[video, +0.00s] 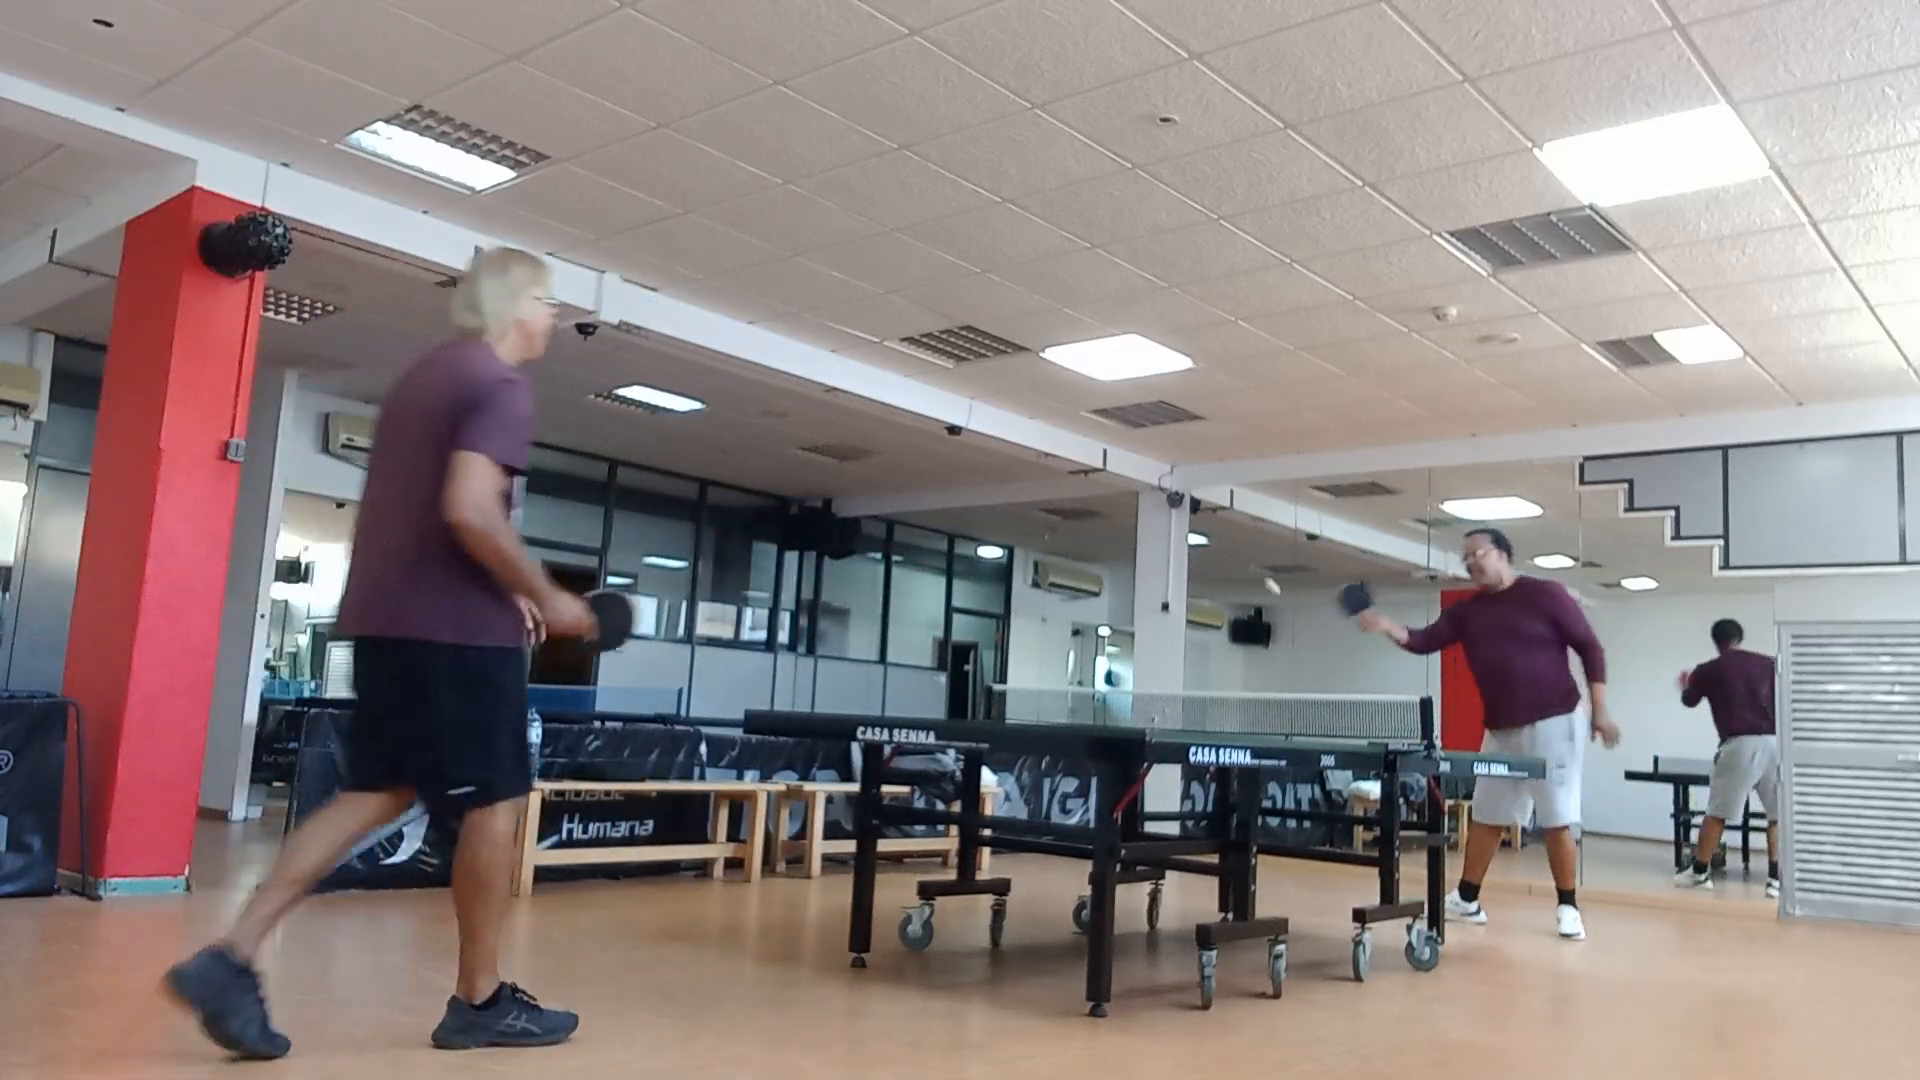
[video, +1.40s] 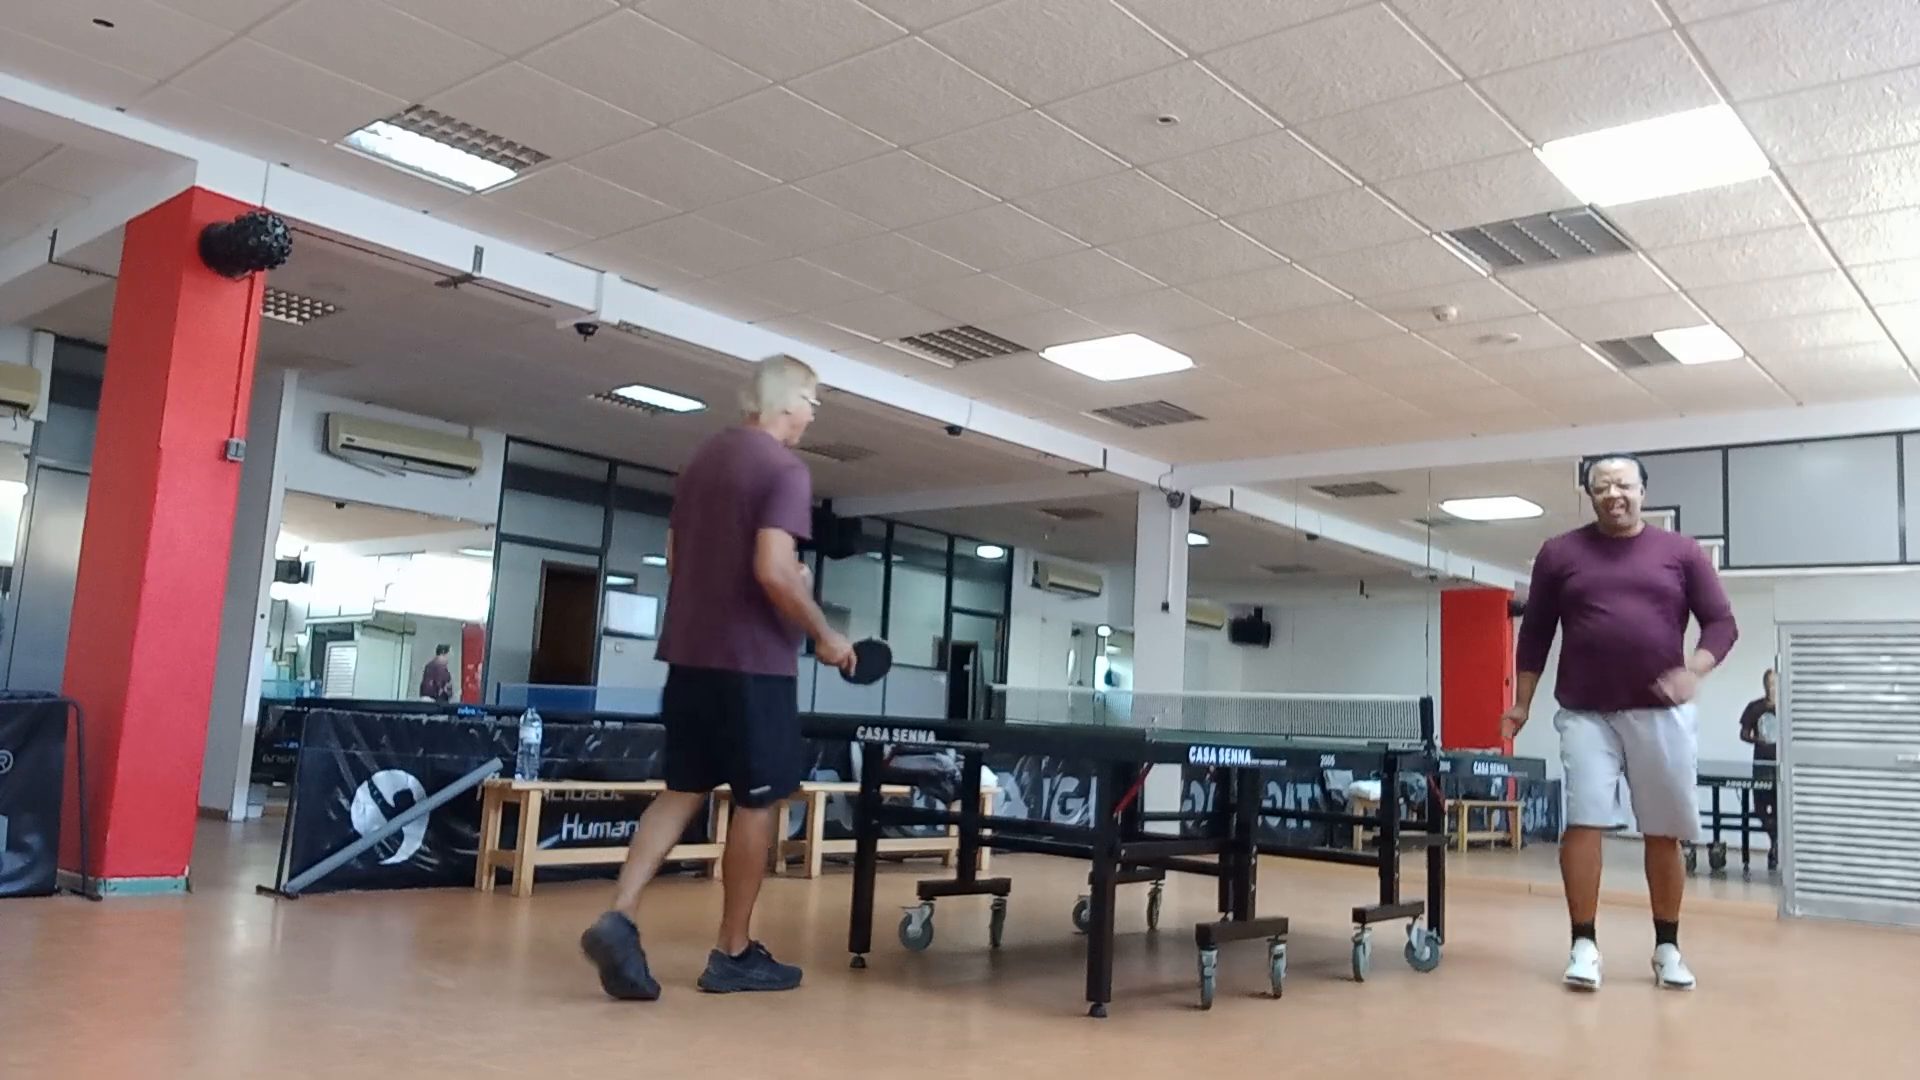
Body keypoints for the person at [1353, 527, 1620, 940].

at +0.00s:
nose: (1470, 561)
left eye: (1477, 553)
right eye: (1466, 557)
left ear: (1502, 553)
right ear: (1466, 566)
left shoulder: (1546, 594)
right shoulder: (1465, 611)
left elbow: (1591, 647)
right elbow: (1423, 641)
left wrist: (1600, 710)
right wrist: (1386, 627)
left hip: (1556, 722)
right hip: (1502, 729)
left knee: (1558, 821)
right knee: (1485, 816)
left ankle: (1568, 907)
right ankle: (1466, 900)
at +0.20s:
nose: (1511, 550)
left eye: (1518, 541)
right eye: (1504, 546)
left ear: (1540, 545)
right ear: (1499, 556)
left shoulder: (1581, 593)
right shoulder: (1492, 601)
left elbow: (1615, 650)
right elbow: (1466, 656)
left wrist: (1617, 709)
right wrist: (1446, 651)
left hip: (1570, 727)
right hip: (1510, 725)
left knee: (1569, 820)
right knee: (1490, 809)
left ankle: (1569, 908)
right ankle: (1495, 903)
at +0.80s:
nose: (1550, 527)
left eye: (1557, 518)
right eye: (1540, 522)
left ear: (1576, 522)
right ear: (1531, 533)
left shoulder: (1614, 573)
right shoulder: (1511, 587)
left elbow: (1642, 638)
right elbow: (1499, 654)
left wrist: (1667, 700)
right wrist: (1495, 707)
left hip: (1613, 718)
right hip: (1546, 723)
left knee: (1632, 814)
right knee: (1547, 822)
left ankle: (1621, 916)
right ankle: (1550, 921)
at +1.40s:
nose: (1615, 495)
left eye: (1624, 485)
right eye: (1603, 488)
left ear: (1643, 492)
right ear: (1591, 500)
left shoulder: (1681, 552)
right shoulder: (1560, 555)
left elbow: (1722, 623)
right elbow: (1535, 633)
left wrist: (1693, 671)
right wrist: (1522, 702)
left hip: (1661, 713)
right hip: (1585, 713)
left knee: (1665, 832)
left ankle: (1668, 948)